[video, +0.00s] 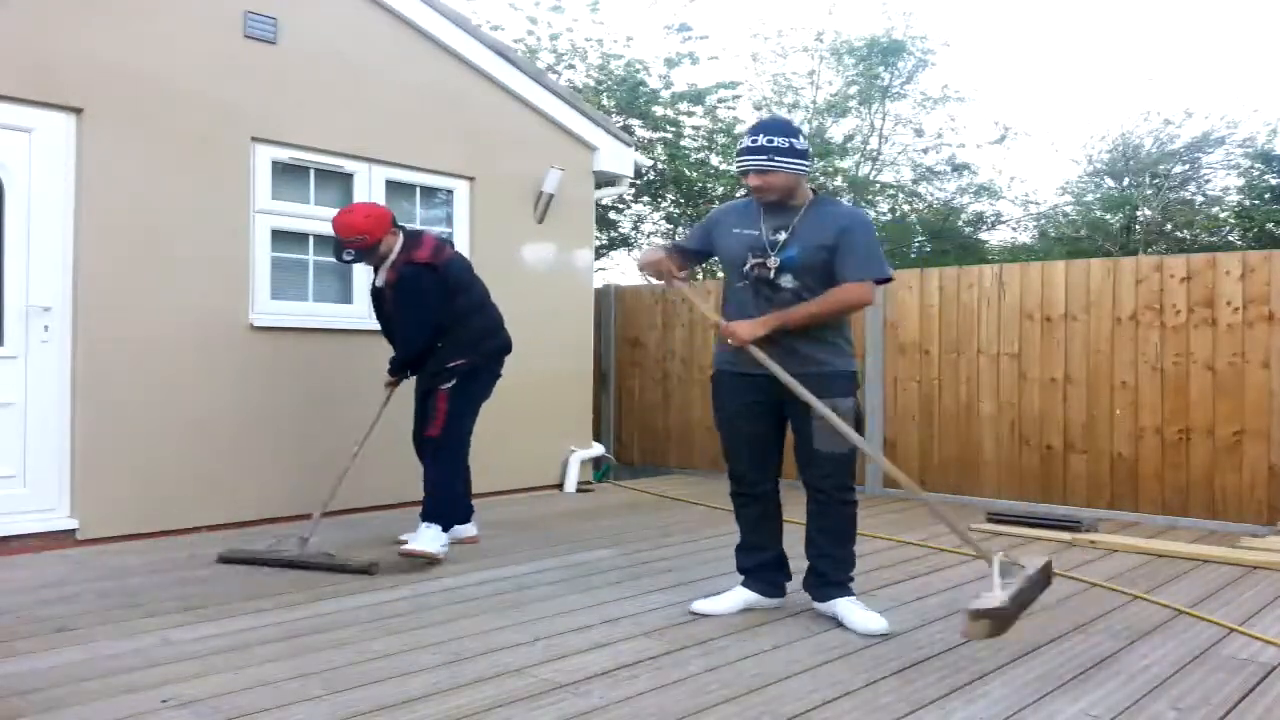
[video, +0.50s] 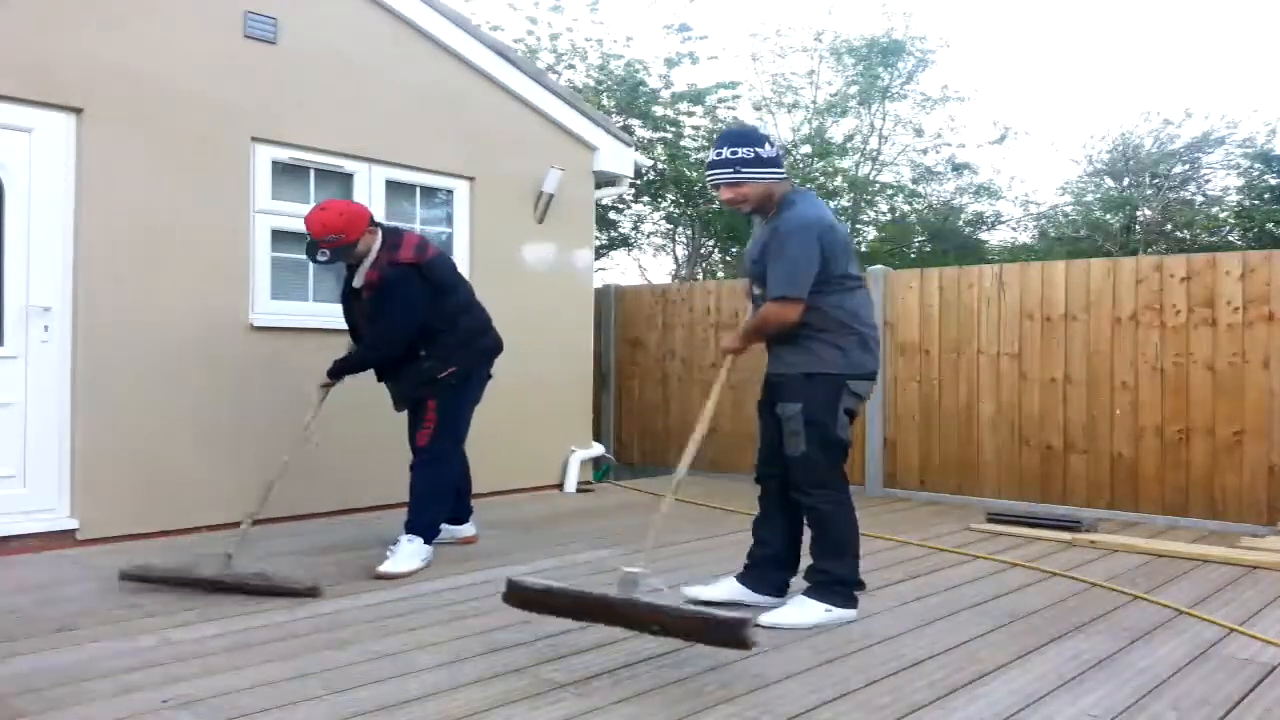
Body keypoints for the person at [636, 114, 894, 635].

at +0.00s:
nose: (752, 181)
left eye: (763, 171)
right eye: (747, 171)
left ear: (796, 169)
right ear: (742, 170)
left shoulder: (844, 219)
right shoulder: (728, 218)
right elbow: (673, 258)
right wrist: (659, 262)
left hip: (821, 375)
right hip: (744, 372)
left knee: (830, 485)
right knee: (750, 482)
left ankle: (832, 591)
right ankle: (762, 584)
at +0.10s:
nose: (743, 181)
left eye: (753, 171)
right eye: (738, 171)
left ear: (787, 167)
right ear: (735, 169)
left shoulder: (832, 218)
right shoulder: (731, 218)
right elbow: (695, 254)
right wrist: (665, 257)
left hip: (813, 373)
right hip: (742, 370)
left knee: (825, 482)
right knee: (753, 483)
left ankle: (843, 590)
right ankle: (764, 583)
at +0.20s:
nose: (736, 184)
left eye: (747, 173)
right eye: (730, 174)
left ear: (779, 168)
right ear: (726, 173)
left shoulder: (820, 219)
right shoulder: (741, 214)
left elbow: (818, 296)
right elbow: (731, 250)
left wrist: (736, 327)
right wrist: (689, 260)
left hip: (810, 372)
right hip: (753, 370)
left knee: (819, 482)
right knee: (758, 482)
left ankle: (848, 589)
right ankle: (764, 585)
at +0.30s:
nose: (729, 191)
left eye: (737, 180)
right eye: (724, 181)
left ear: (770, 172)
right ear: (728, 176)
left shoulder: (809, 219)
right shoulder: (754, 218)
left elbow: (799, 301)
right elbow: (742, 257)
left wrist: (735, 329)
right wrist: (714, 267)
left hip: (811, 370)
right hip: (763, 368)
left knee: (815, 483)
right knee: (765, 482)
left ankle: (835, 593)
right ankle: (765, 583)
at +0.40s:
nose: (727, 193)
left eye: (734, 182)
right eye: (721, 183)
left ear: (765, 172)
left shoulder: (802, 220)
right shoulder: (766, 217)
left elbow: (789, 307)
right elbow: (765, 267)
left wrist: (735, 334)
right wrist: (740, 279)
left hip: (819, 367)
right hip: (777, 364)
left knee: (814, 479)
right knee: (771, 478)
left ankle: (835, 593)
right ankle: (765, 584)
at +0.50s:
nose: (725, 197)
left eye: (732, 185)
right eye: (719, 186)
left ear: (763, 175)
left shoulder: (800, 222)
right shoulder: (772, 222)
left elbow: (786, 311)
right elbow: (760, 291)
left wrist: (744, 335)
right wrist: (753, 330)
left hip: (829, 364)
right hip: (791, 361)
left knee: (819, 478)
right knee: (776, 477)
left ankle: (835, 593)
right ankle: (765, 582)